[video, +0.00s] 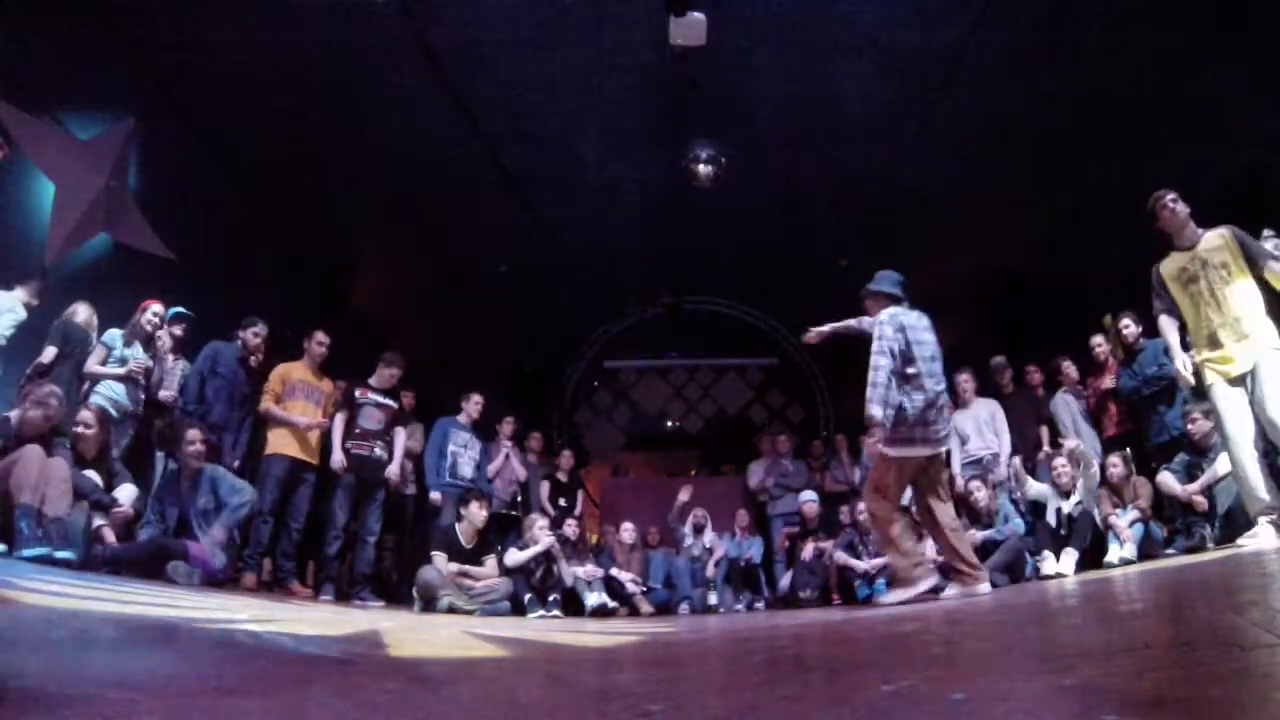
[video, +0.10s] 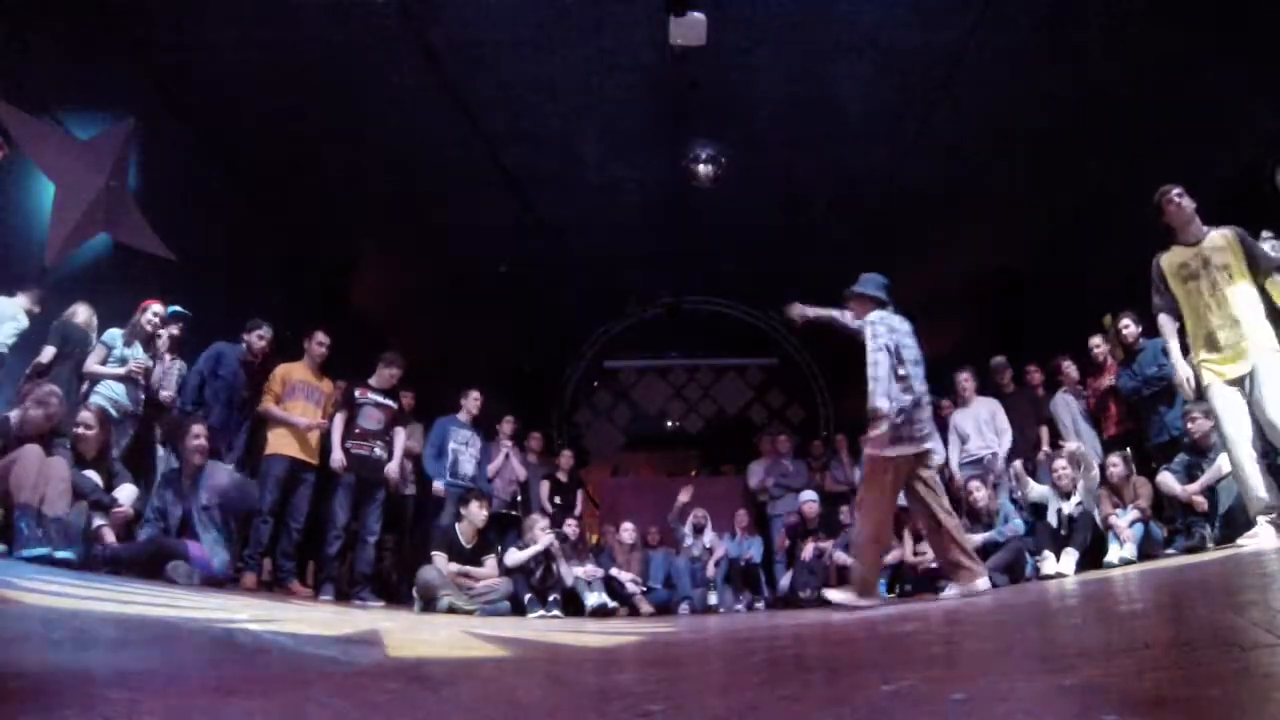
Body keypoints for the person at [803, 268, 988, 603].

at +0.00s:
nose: (867, 306)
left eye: (869, 300)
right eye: (867, 301)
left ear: (880, 298)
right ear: (899, 297)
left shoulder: (887, 321)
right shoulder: (920, 319)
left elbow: (880, 370)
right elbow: (868, 323)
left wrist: (875, 422)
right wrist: (828, 329)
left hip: (904, 433)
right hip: (935, 432)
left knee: (878, 500)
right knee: (936, 503)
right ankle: (971, 577)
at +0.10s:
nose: (852, 308)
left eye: (855, 301)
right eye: (851, 302)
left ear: (869, 301)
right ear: (883, 302)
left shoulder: (876, 324)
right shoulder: (900, 324)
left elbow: (879, 369)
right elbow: (851, 320)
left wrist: (879, 416)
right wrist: (811, 312)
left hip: (891, 432)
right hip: (918, 431)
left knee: (871, 509)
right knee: (933, 507)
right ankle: (970, 575)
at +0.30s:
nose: (816, 315)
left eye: (820, 310)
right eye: (818, 310)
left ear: (832, 313)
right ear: (841, 313)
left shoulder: (842, 336)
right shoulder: (851, 335)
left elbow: (861, 372)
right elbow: (817, 319)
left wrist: (878, 408)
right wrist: (796, 291)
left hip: (851, 440)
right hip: (872, 436)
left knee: (845, 519)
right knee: (898, 502)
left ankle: (841, 593)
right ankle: (954, 558)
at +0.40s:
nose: (801, 319)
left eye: (805, 314)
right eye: (801, 314)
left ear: (817, 318)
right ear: (827, 318)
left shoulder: (826, 341)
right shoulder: (834, 340)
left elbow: (839, 381)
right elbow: (796, 323)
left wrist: (852, 420)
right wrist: (765, 299)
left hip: (830, 446)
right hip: (850, 443)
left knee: (827, 519)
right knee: (853, 512)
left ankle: (840, 595)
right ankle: (916, 548)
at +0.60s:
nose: (771, 336)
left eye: (776, 330)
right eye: (772, 330)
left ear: (792, 333)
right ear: (793, 333)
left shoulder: (807, 358)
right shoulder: (798, 357)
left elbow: (797, 412)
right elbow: (763, 353)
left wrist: (777, 461)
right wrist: (724, 345)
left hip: (806, 456)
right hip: (798, 456)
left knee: (801, 533)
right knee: (766, 517)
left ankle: (840, 595)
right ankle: (819, 576)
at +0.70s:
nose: (755, 332)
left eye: (759, 327)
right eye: (755, 327)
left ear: (774, 329)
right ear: (775, 330)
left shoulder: (789, 356)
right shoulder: (775, 356)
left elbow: (779, 407)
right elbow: (745, 349)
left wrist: (760, 453)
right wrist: (708, 333)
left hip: (794, 456)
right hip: (777, 455)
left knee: (801, 529)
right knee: (747, 513)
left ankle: (839, 594)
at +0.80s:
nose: (735, 329)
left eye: (740, 325)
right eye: (737, 324)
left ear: (754, 328)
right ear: (757, 329)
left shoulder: (765, 353)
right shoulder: (760, 352)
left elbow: (757, 404)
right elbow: (732, 343)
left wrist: (743, 437)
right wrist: (706, 317)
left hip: (779, 452)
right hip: (765, 455)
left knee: (803, 523)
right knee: (738, 523)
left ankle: (837, 591)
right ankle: (715, 594)